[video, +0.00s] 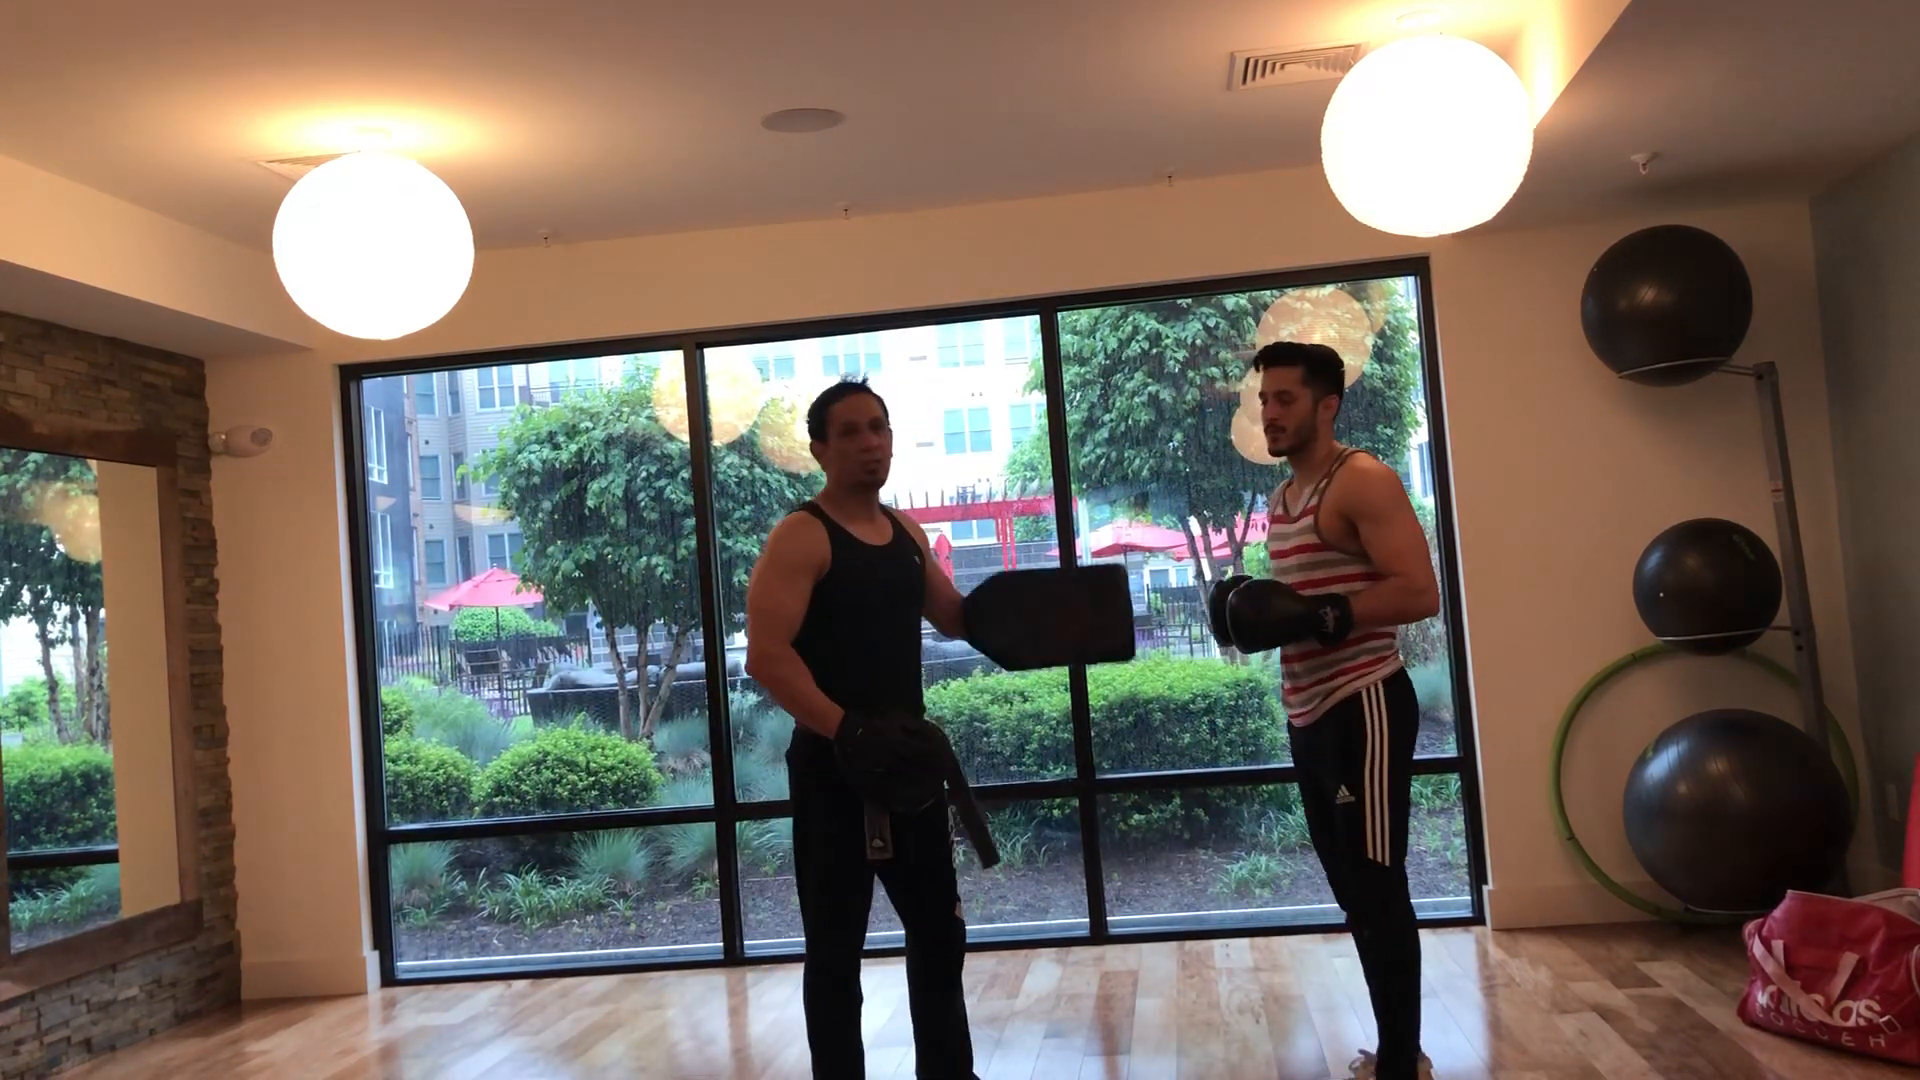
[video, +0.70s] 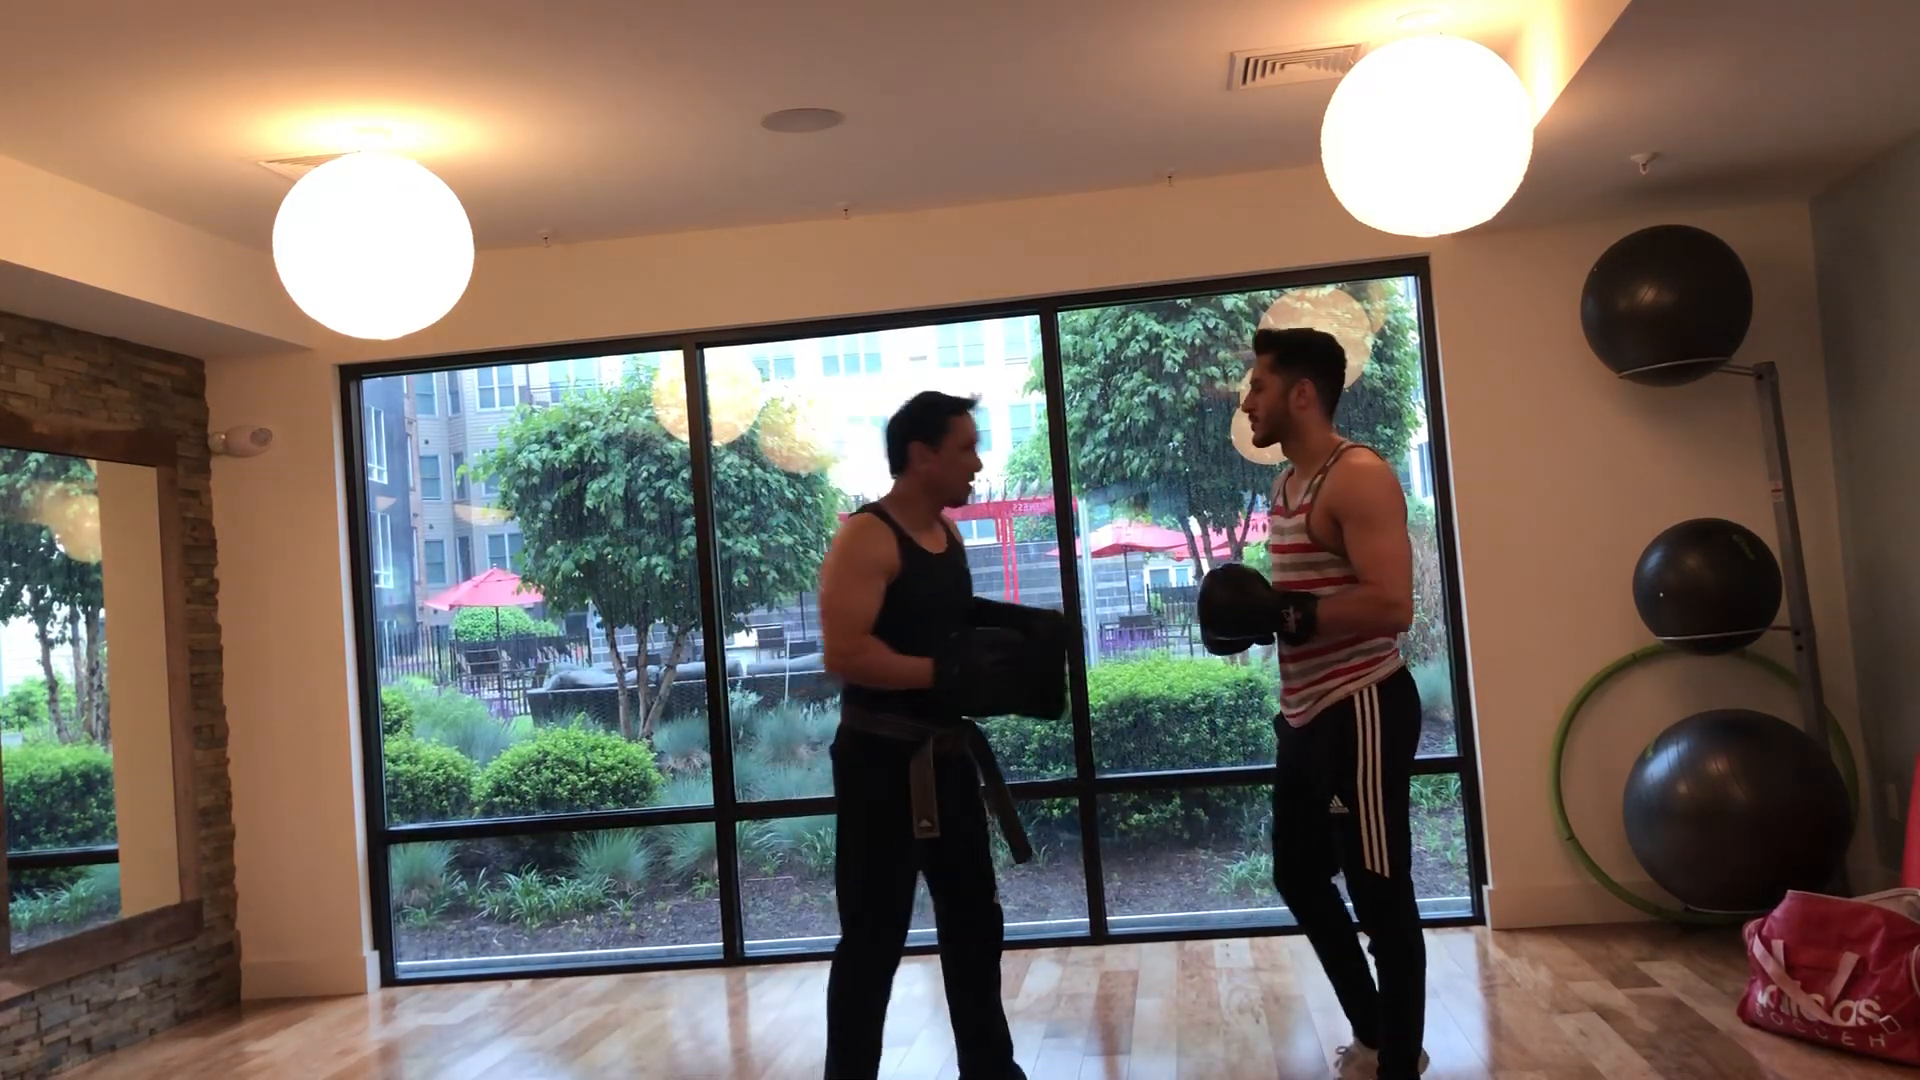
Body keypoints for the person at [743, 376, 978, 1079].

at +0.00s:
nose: (871, 442)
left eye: (879, 428)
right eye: (851, 432)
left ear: (891, 438)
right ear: (820, 449)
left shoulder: (902, 532)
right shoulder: (799, 536)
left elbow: (955, 617)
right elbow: (764, 653)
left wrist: (1041, 612)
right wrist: (848, 730)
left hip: (907, 757)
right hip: (829, 766)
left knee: (939, 938)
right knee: (835, 952)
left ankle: (948, 1074)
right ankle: (839, 1078)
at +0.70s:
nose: (977, 463)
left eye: (976, 449)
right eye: (965, 449)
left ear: (935, 457)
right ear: (919, 453)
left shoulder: (944, 534)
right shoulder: (865, 535)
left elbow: (945, 634)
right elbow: (842, 652)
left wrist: (1006, 658)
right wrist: (948, 672)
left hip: (946, 749)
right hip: (879, 753)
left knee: (973, 924)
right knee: (872, 937)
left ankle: (990, 1072)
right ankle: (849, 1076)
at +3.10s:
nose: (1090, 460)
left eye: (1089, 445)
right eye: (1082, 445)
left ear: (1044, 449)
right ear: (1043, 449)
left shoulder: (1061, 525)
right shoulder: (954, 528)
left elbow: (1086, 625)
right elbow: (903, 638)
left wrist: (1122, 594)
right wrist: (1013, 639)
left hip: (1054, 747)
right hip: (972, 750)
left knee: (1094, 926)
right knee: (967, 943)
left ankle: (1110, 1072)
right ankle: (961, 1076)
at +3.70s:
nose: (1090, 482)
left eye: (1090, 468)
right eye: (1083, 467)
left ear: (1045, 468)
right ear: (1046, 466)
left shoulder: (1050, 543)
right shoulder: (966, 547)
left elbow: (1049, 642)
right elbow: (938, 667)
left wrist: (1106, 652)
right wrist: (1047, 686)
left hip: (1055, 756)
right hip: (981, 762)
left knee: (1114, 911)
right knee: (978, 943)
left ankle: (1148, 1067)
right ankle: (939, 1075)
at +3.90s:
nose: (1117, 483)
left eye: (1118, 469)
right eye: (1112, 468)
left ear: (1069, 467)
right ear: (1074, 465)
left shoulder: (1054, 537)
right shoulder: (1028, 531)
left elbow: (1070, 633)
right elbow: (1053, 618)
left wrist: (1139, 581)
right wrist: (1132, 574)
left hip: (1061, 753)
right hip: (1023, 755)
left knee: (1131, 908)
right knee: (1027, 931)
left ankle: (1146, 1064)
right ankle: (954, 1075)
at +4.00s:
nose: (1127, 481)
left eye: (1127, 467)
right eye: (1118, 467)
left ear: (1067, 467)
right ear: (1077, 463)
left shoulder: (1016, 536)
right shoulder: (1075, 518)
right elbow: (1196, 543)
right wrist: (1260, 510)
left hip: (1038, 747)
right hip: (1032, 750)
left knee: (1112, 913)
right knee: (1009, 934)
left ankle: (1142, 1061)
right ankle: (947, 1073)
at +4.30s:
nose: (1134, 488)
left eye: (1137, 475)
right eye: (1123, 474)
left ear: (1074, 477)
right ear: (1076, 471)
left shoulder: (1037, 537)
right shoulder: (1067, 543)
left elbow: (1078, 646)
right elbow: (1106, 662)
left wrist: (1158, 625)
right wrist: (1195, 648)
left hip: (1045, 746)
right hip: (1032, 752)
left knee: (1123, 901)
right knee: (1043, 926)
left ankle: (1142, 1059)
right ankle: (985, 1075)